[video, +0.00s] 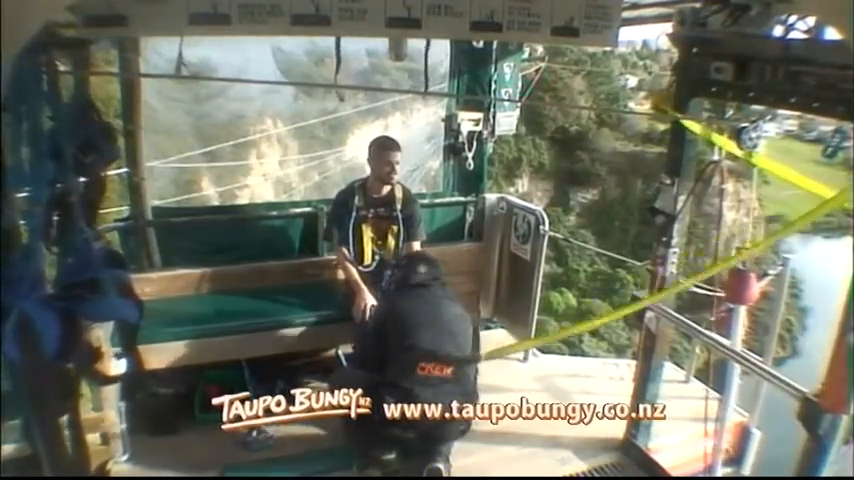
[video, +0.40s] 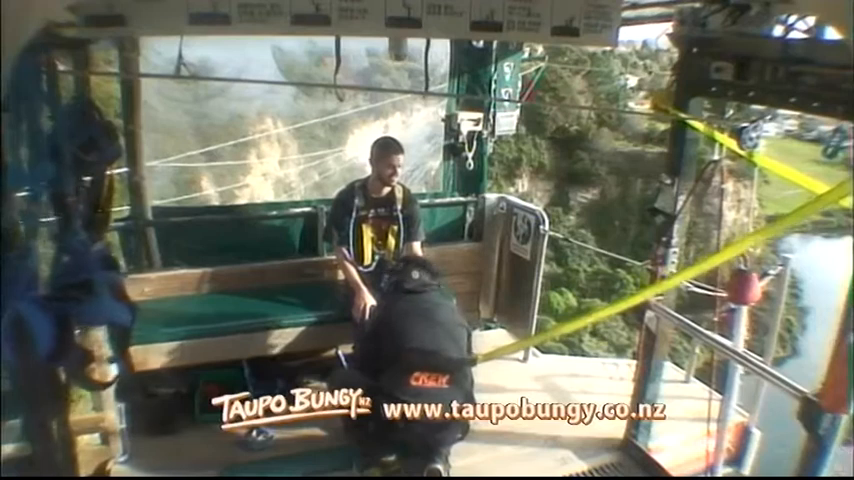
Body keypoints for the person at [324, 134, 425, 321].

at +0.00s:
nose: (395, 169)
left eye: (397, 164)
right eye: (388, 164)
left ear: (400, 163)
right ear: (371, 162)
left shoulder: (406, 199)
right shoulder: (347, 198)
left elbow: (414, 247)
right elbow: (342, 252)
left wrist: (413, 288)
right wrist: (361, 291)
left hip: (398, 281)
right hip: (362, 281)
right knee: (369, 318)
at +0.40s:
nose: (396, 172)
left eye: (399, 166)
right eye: (390, 167)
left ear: (403, 165)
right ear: (373, 163)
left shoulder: (406, 198)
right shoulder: (348, 198)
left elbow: (414, 247)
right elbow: (341, 251)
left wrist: (417, 287)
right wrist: (361, 291)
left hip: (398, 281)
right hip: (362, 281)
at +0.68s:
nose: (396, 173)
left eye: (400, 167)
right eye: (391, 168)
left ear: (403, 165)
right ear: (374, 163)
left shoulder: (406, 198)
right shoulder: (348, 198)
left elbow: (414, 249)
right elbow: (340, 251)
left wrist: (422, 287)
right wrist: (361, 291)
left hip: (397, 284)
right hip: (362, 284)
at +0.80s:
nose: (397, 174)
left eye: (400, 168)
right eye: (391, 168)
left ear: (403, 165)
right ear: (374, 164)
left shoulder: (406, 198)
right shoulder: (348, 198)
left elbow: (414, 247)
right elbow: (341, 251)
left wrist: (417, 288)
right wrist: (361, 291)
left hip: (397, 284)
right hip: (362, 284)